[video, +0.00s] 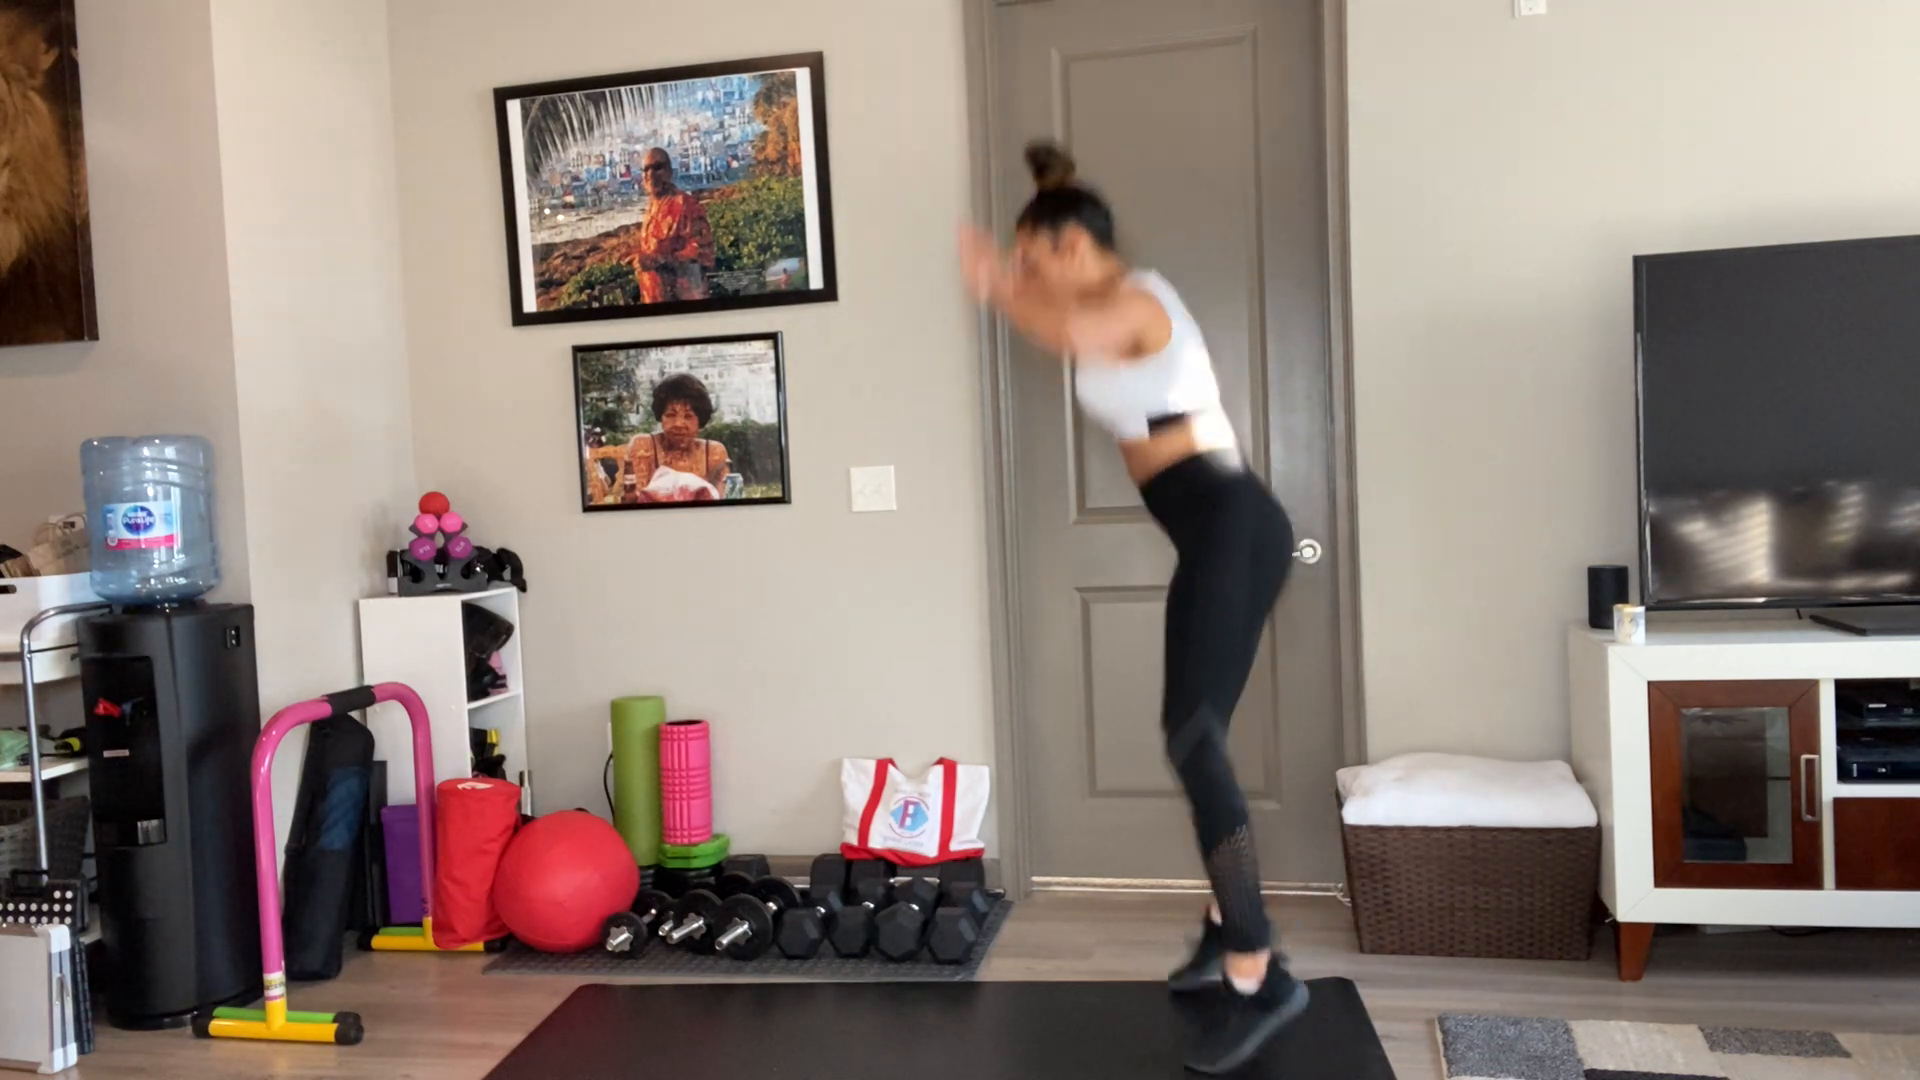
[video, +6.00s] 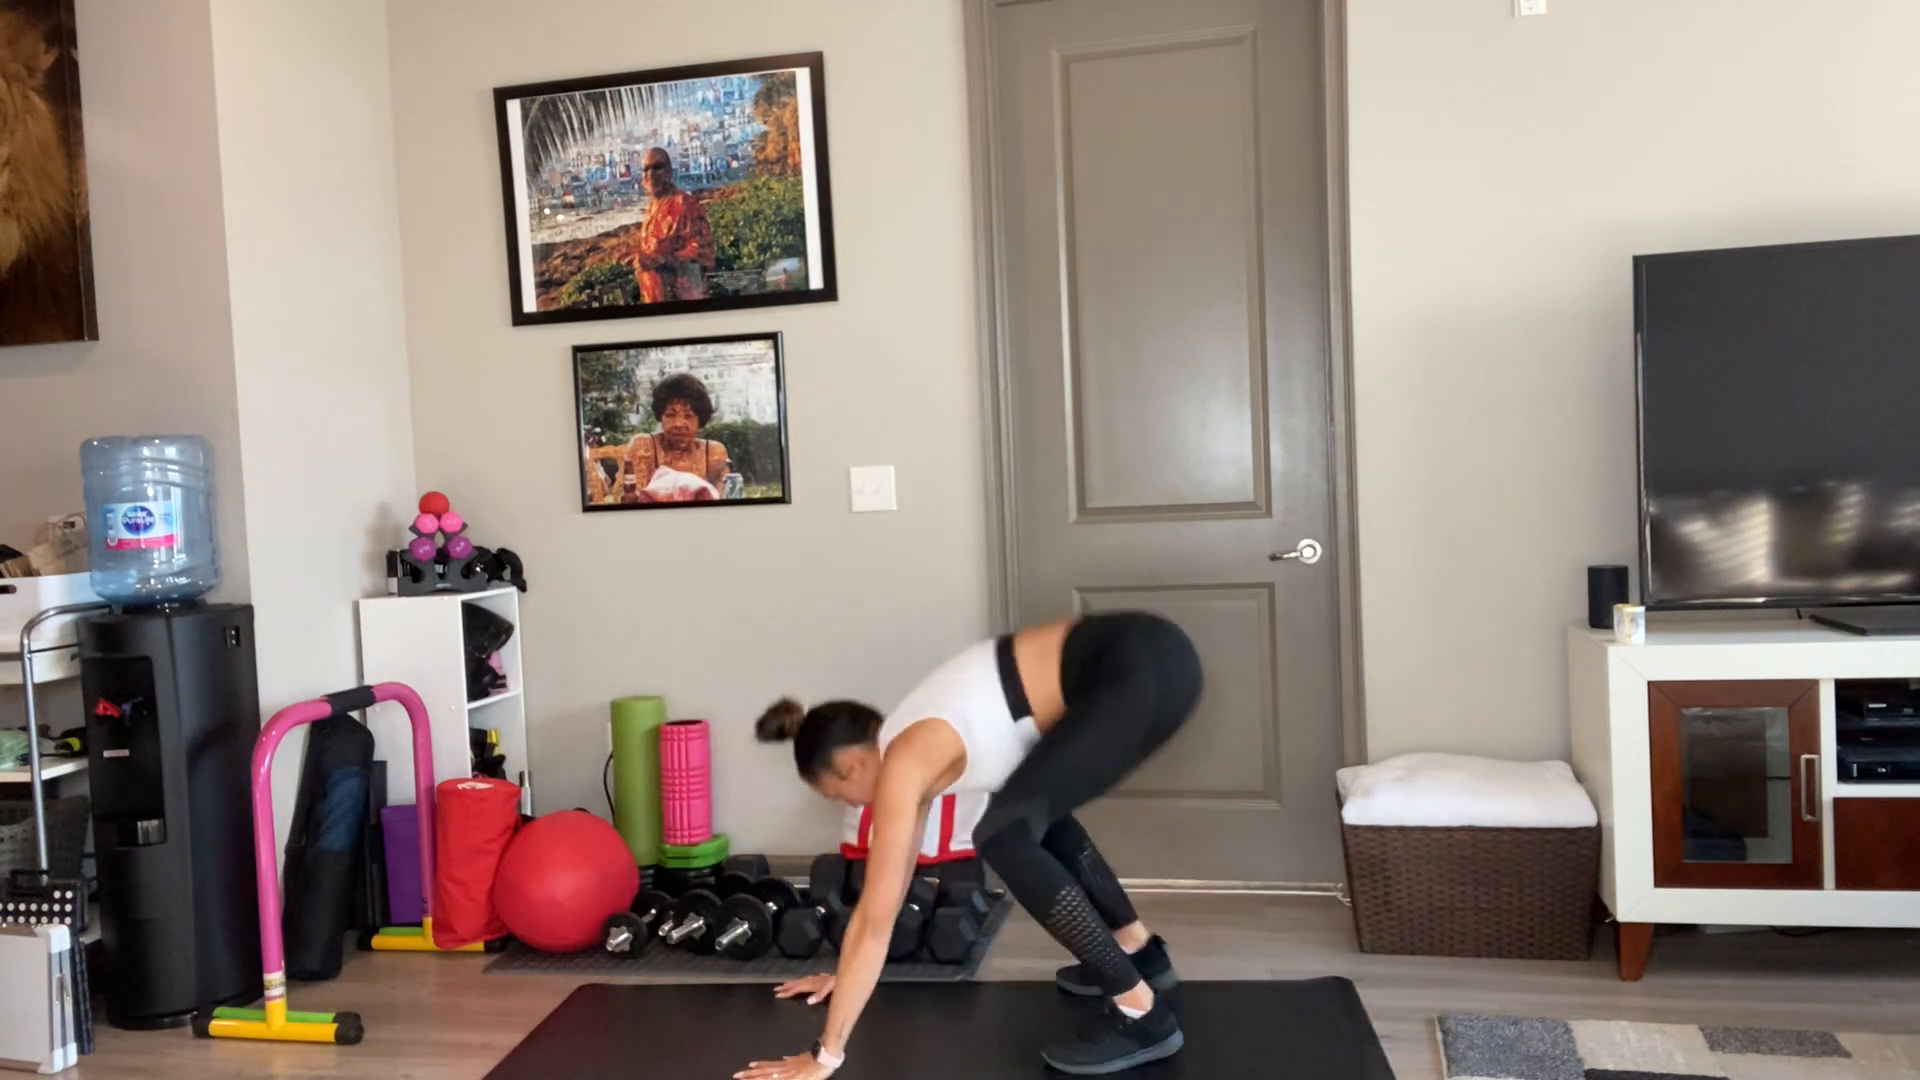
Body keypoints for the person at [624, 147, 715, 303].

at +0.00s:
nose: (650, 174)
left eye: (657, 167)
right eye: (646, 169)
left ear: (670, 172)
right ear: (642, 175)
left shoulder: (686, 204)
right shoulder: (653, 206)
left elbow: (703, 254)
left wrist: (656, 260)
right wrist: (639, 257)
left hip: (682, 297)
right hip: (654, 297)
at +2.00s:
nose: (650, 174)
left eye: (657, 167)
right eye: (646, 169)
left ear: (670, 172)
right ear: (642, 176)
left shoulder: (686, 204)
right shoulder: (653, 206)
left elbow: (703, 255)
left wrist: (655, 260)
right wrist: (638, 256)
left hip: (683, 297)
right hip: (655, 297)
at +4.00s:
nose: (650, 174)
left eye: (657, 167)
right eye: (645, 169)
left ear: (669, 171)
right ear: (642, 176)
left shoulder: (686, 204)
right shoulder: (653, 207)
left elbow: (702, 254)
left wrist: (657, 261)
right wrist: (638, 257)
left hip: (683, 297)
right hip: (655, 297)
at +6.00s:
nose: (650, 174)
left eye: (657, 167)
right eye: (646, 169)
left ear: (669, 171)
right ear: (642, 176)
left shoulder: (686, 204)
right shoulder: (654, 206)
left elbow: (702, 255)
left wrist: (657, 260)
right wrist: (638, 257)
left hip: (683, 297)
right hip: (655, 297)